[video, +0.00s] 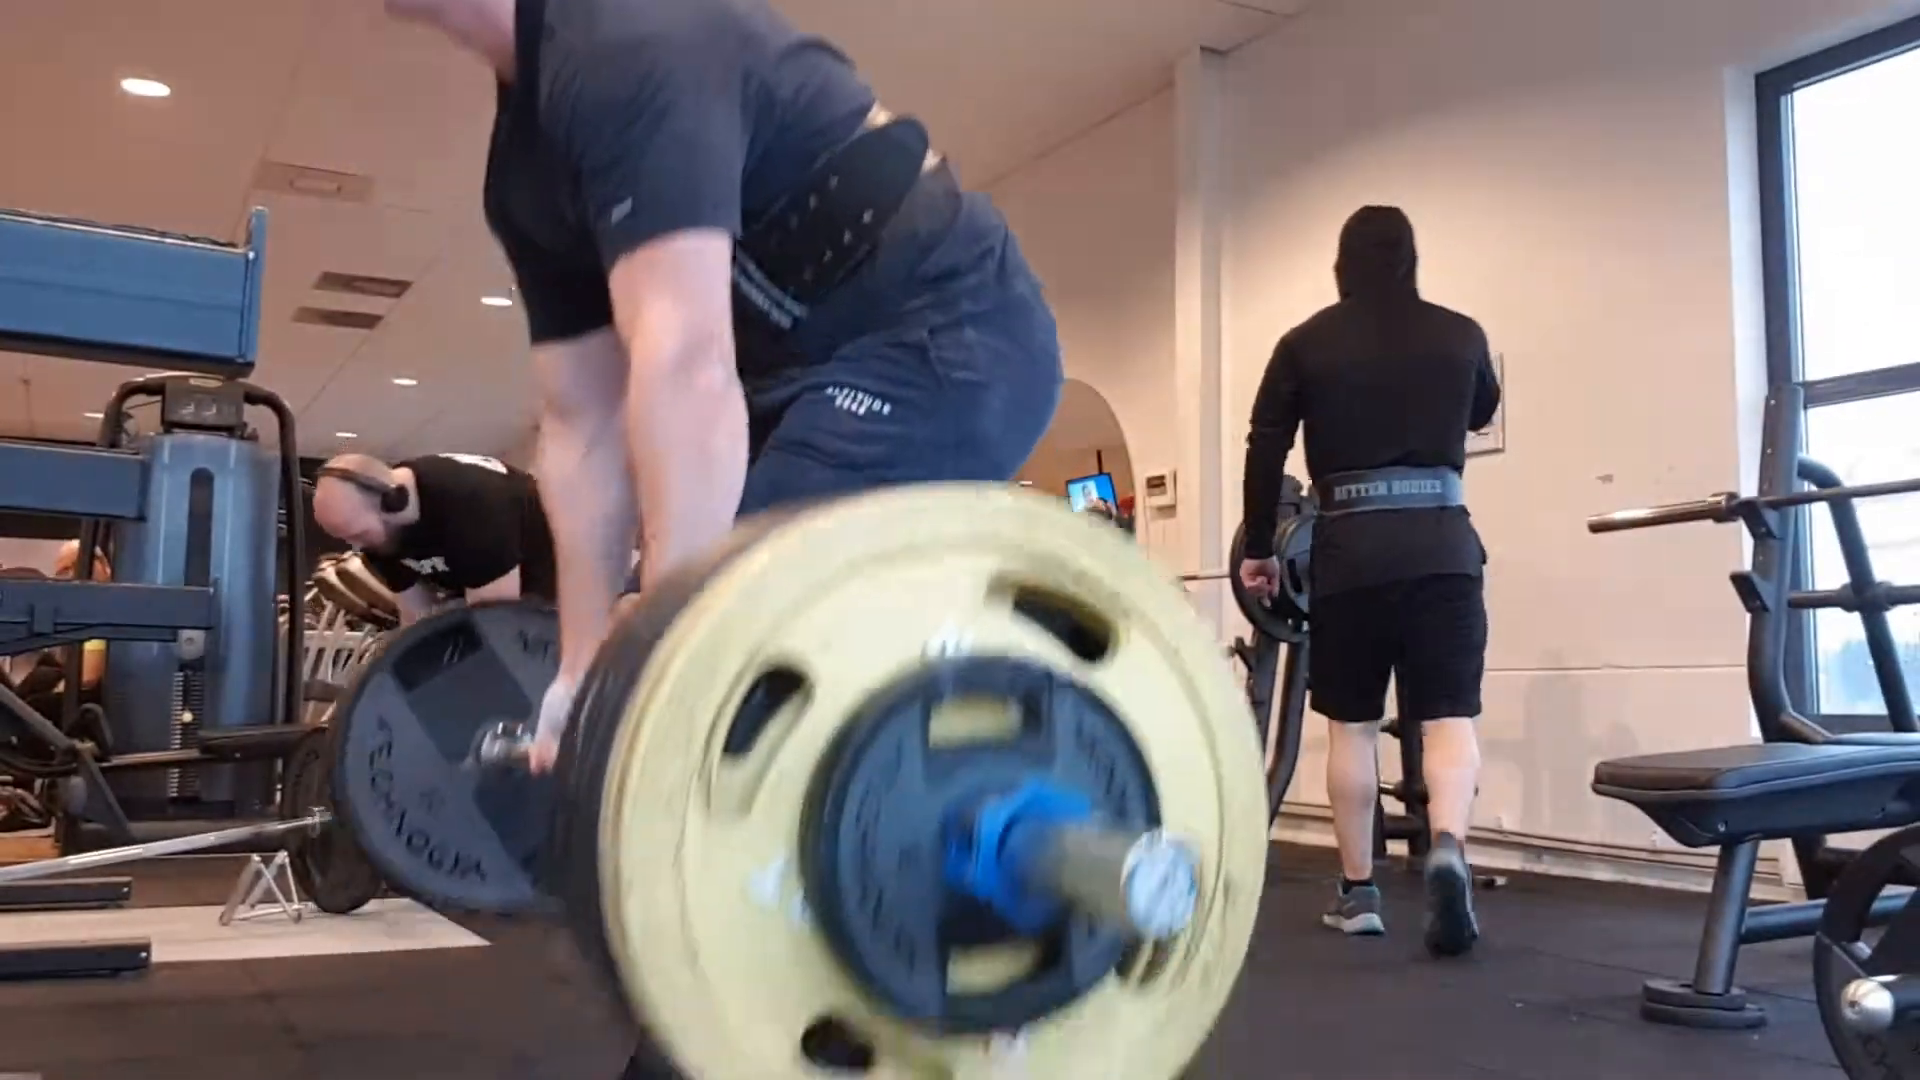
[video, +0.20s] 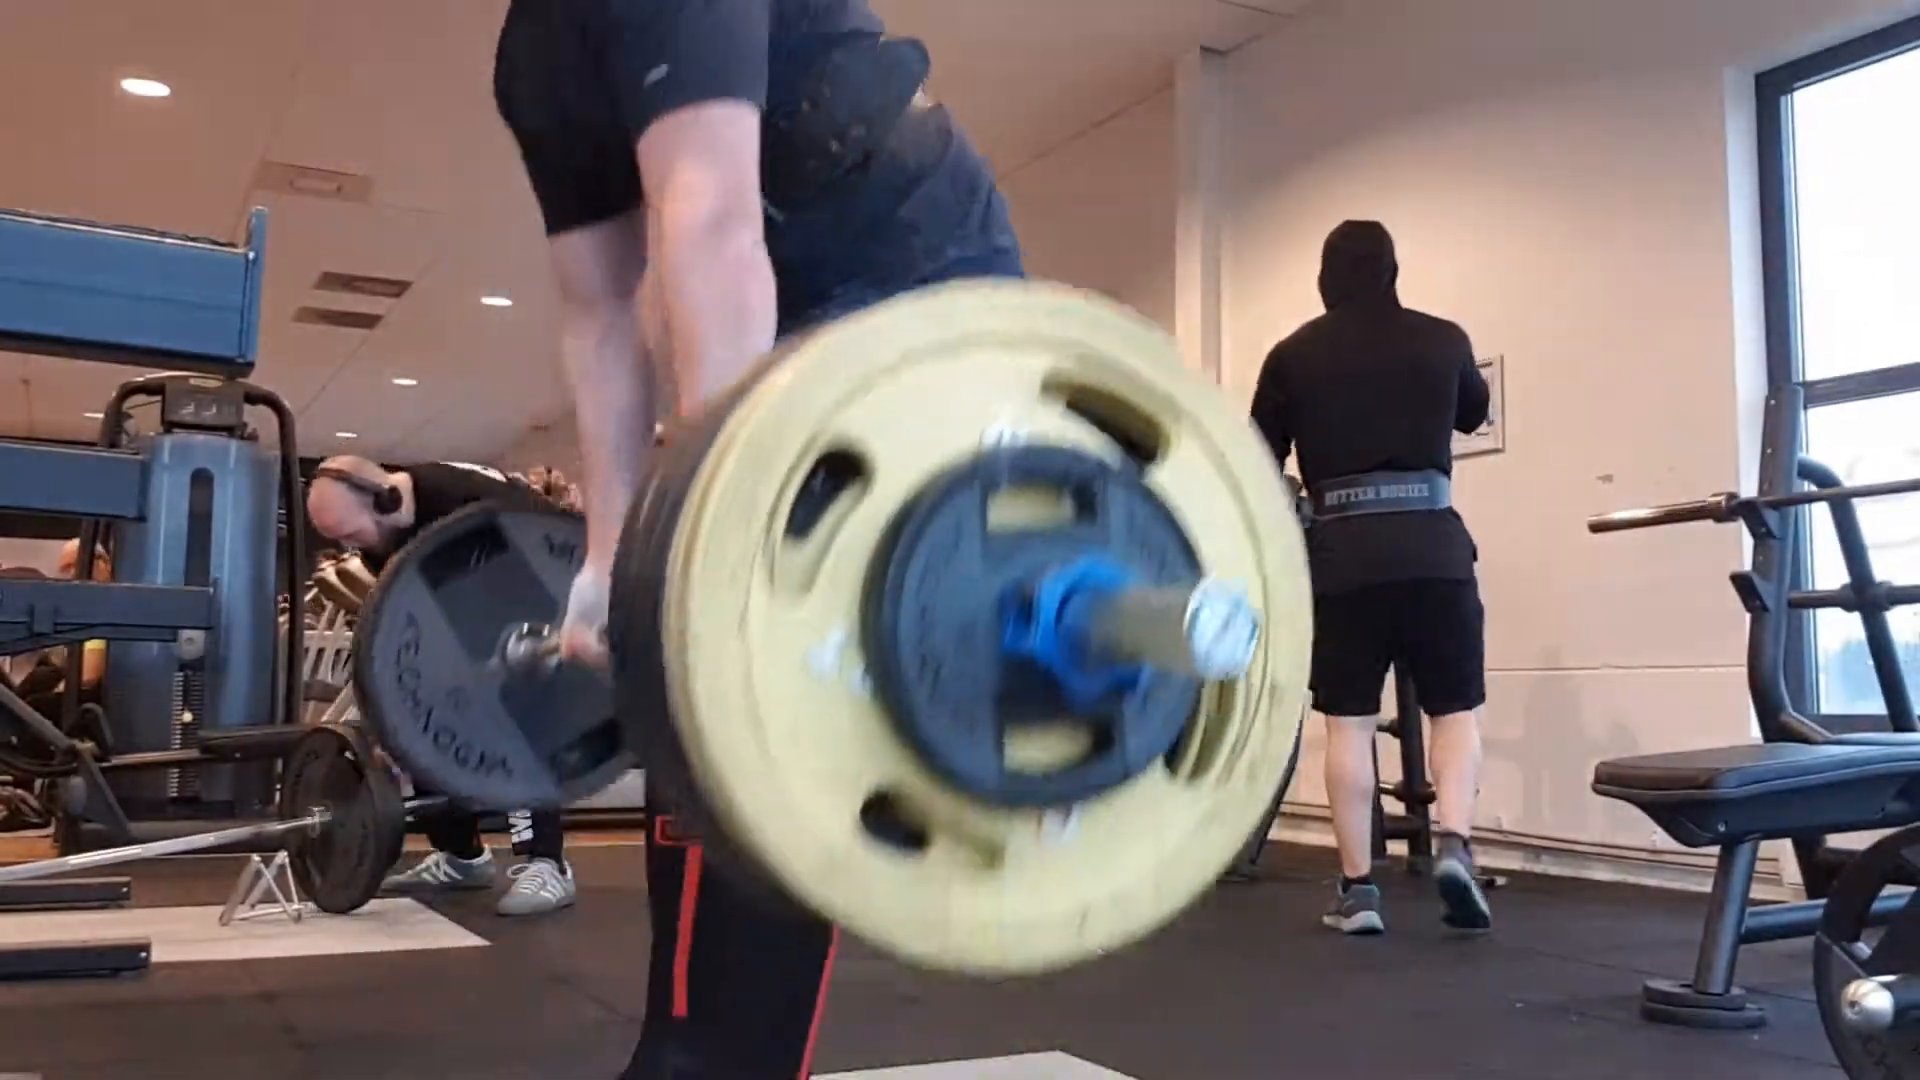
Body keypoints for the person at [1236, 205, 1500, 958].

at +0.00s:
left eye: (1343, 257)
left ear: (1339, 266)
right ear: (1413, 264)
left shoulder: (1305, 343)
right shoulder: (1460, 334)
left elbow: (1265, 448)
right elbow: (1480, 410)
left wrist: (1256, 543)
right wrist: (1418, 389)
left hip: (1349, 554)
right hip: (1442, 548)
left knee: (1351, 724)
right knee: (1448, 714)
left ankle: (1359, 894)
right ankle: (1447, 849)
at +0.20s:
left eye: (1331, 269)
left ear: (1326, 279)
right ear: (1394, 275)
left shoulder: (1293, 356)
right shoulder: (1442, 340)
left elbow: (1259, 464)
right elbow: (1472, 415)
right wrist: (1427, 374)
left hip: (1343, 566)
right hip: (1435, 558)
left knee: (1347, 724)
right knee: (1453, 708)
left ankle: (1359, 890)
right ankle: (1453, 847)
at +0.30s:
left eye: (1327, 279)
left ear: (1324, 284)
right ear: (1393, 281)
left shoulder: (1301, 356)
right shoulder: (1442, 345)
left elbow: (1281, 434)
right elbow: (1472, 420)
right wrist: (1411, 396)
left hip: (1343, 562)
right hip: (1433, 560)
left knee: (1347, 725)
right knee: (1451, 718)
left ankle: (1358, 891)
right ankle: (1470, 875)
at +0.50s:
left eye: (1339, 292)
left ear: (1340, 300)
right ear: (1406, 297)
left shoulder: (1320, 361)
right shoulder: (1454, 362)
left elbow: (1296, 447)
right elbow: (1483, 442)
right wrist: (1427, 408)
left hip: (1348, 567)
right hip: (1436, 568)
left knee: (1351, 725)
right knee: (1446, 730)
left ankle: (1359, 886)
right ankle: (1461, 879)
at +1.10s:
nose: (1364, 330)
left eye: (1366, 320)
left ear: (1370, 322)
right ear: (1431, 322)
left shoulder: (1348, 387)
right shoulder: (1473, 393)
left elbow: (1306, 479)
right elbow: (1479, 486)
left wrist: (1288, 544)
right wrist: (1411, 503)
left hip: (1379, 574)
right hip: (1456, 573)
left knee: (1373, 725)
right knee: (1454, 722)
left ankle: (1380, 869)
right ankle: (1460, 876)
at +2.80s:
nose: (1361, 344)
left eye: (1361, 333)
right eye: (1361, 334)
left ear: (1371, 330)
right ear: (1423, 320)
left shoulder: (1380, 386)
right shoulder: (1479, 385)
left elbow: (1346, 476)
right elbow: (1514, 471)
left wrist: (1342, 527)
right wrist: (1467, 524)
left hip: (1436, 568)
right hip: (1497, 566)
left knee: (1433, 717)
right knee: (1482, 718)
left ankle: (1451, 871)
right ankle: (1489, 865)